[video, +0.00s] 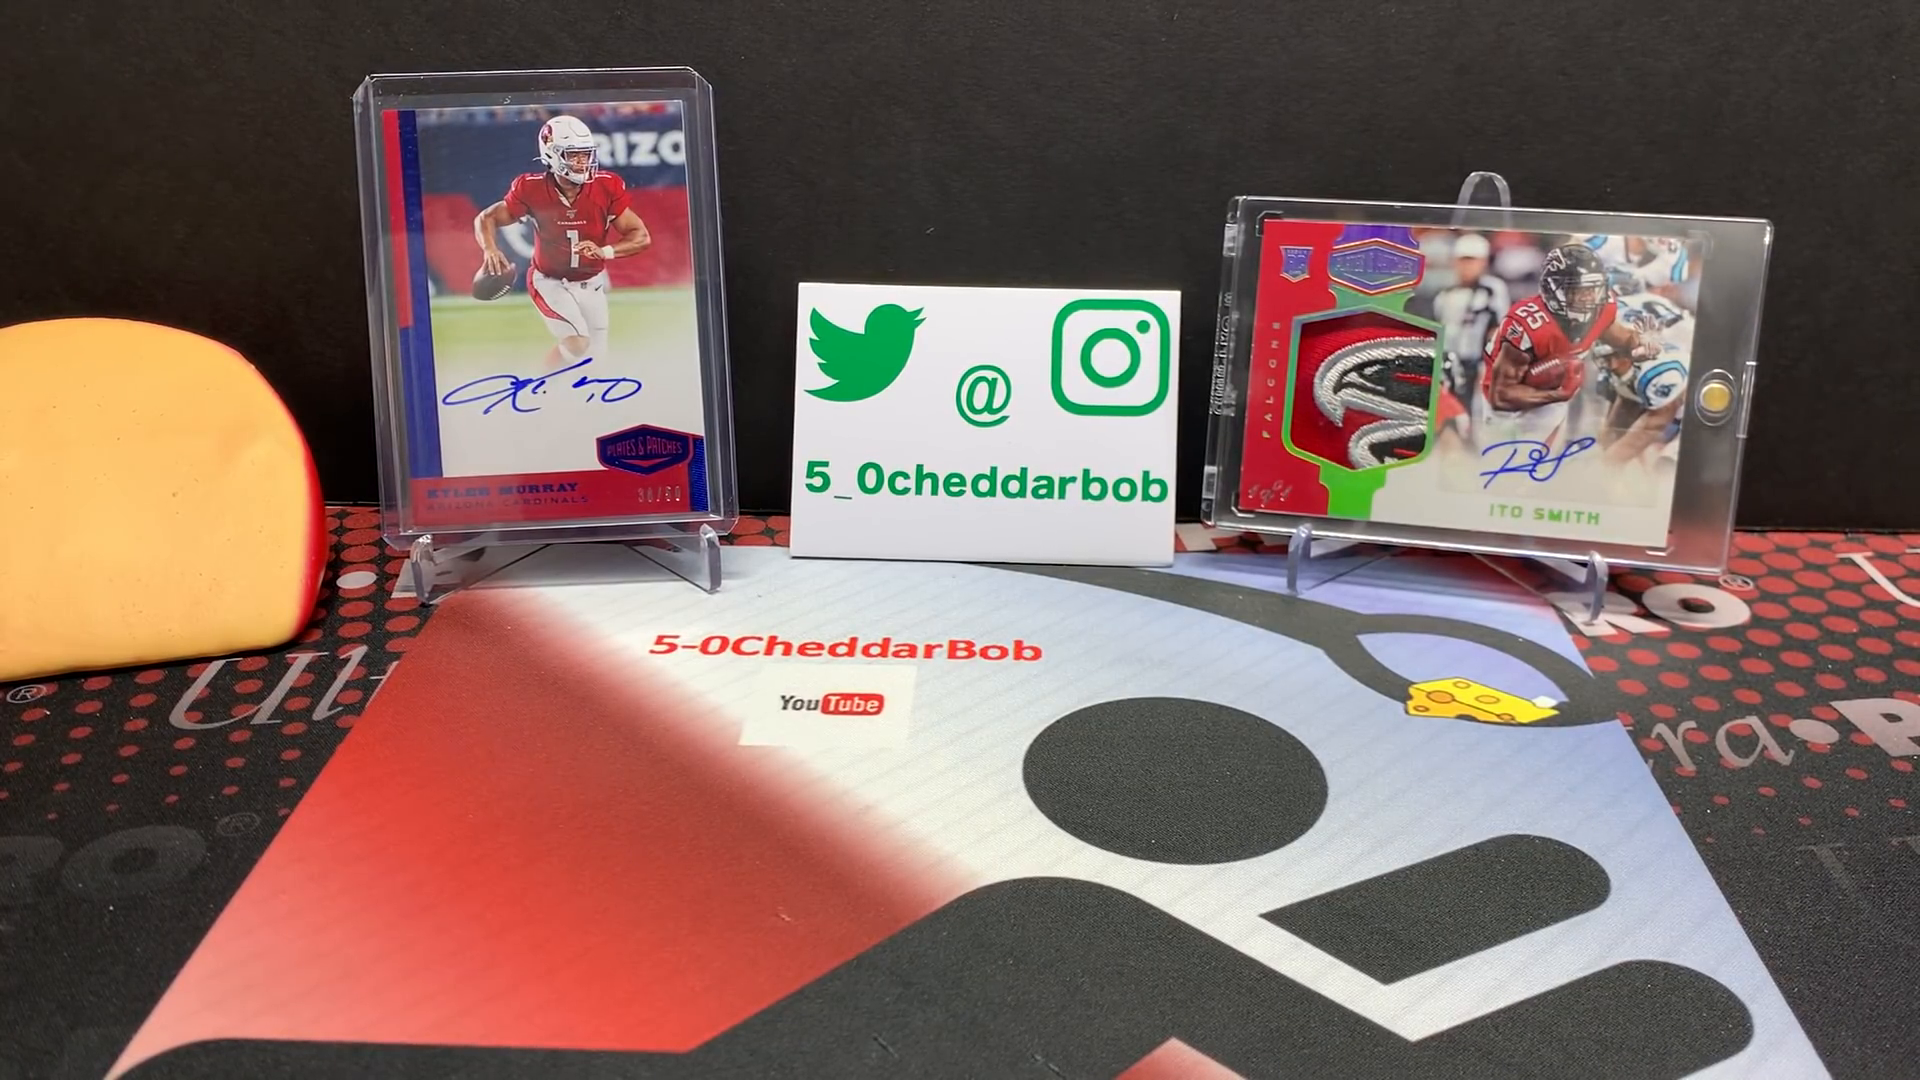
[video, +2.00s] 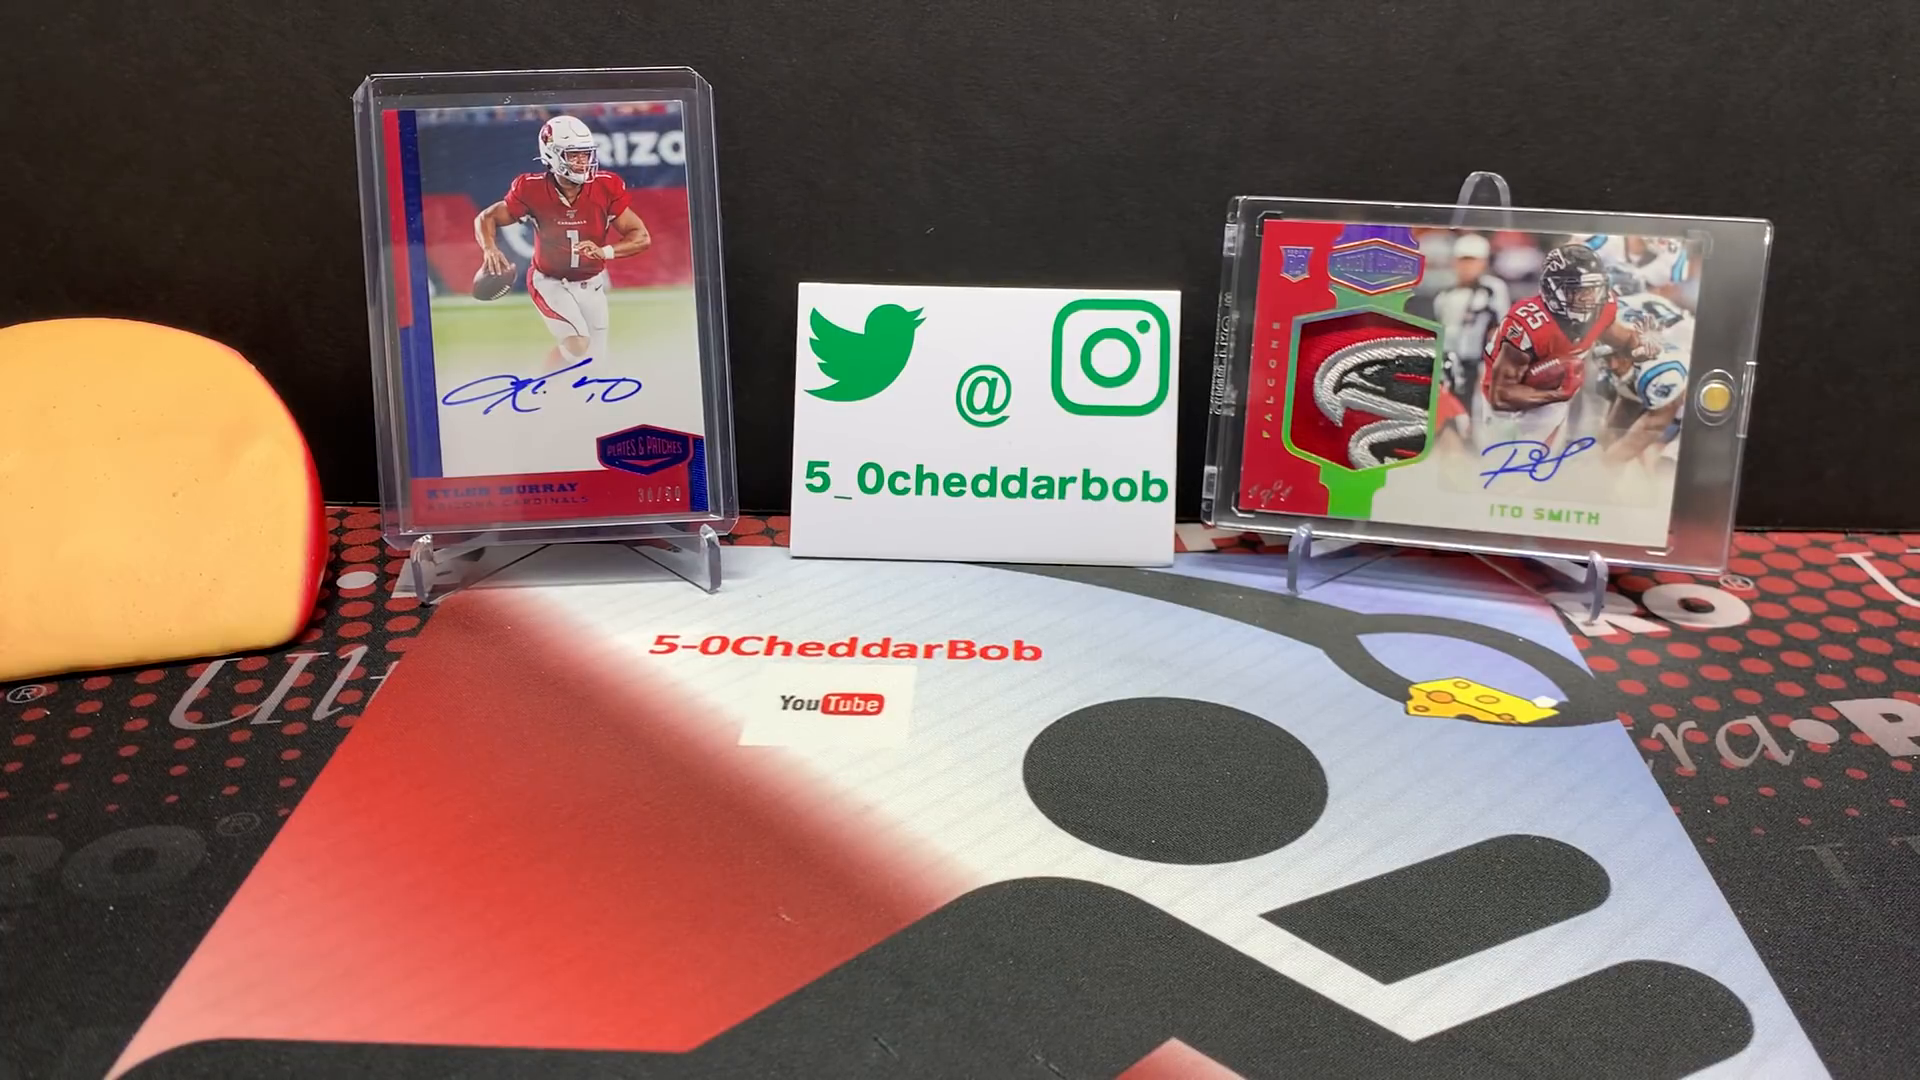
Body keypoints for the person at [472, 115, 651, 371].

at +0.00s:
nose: (580, 162)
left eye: (585, 155)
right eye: (572, 156)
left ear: (592, 154)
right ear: (552, 155)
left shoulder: (607, 186)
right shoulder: (530, 189)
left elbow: (641, 237)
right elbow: (484, 219)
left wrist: (605, 252)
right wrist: (490, 249)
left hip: (591, 282)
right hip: (548, 280)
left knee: (595, 361)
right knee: (576, 343)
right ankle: (533, 391)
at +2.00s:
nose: (580, 162)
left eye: (585, 155)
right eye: (573, 156)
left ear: (592, 154)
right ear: (552, 155)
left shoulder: (606, 187)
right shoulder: (530, 189)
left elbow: (641, 238)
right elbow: (484, 219)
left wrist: (605, 252)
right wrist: (489, 248)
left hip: (591, 283)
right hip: (549, 280)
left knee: (596, 362)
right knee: (577, 344)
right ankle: (534, 391)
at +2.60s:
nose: (580, 162)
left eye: (584, 155)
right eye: (572, 156)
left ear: (591, 154)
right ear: (552, 155)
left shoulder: (606, 187)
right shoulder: (530, 189)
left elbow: (641, 237)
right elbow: (484, 219)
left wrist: (605, 252)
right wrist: (490, 248)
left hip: (591, 283)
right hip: (549, 281)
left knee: (596, 361)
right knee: (577, 345)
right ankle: (534, 390)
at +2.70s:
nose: (580, 162)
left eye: (584, 155)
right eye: (572, 156)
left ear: (591, 154)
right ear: (552, 155)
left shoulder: (606, 187)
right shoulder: (530, 189)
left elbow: (641, 238)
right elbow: (484, 219)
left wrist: (605, 252)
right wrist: (490, 248)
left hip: (591, 283)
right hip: (549, 281)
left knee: (595, 362)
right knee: (577, 345)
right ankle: (535, 390)